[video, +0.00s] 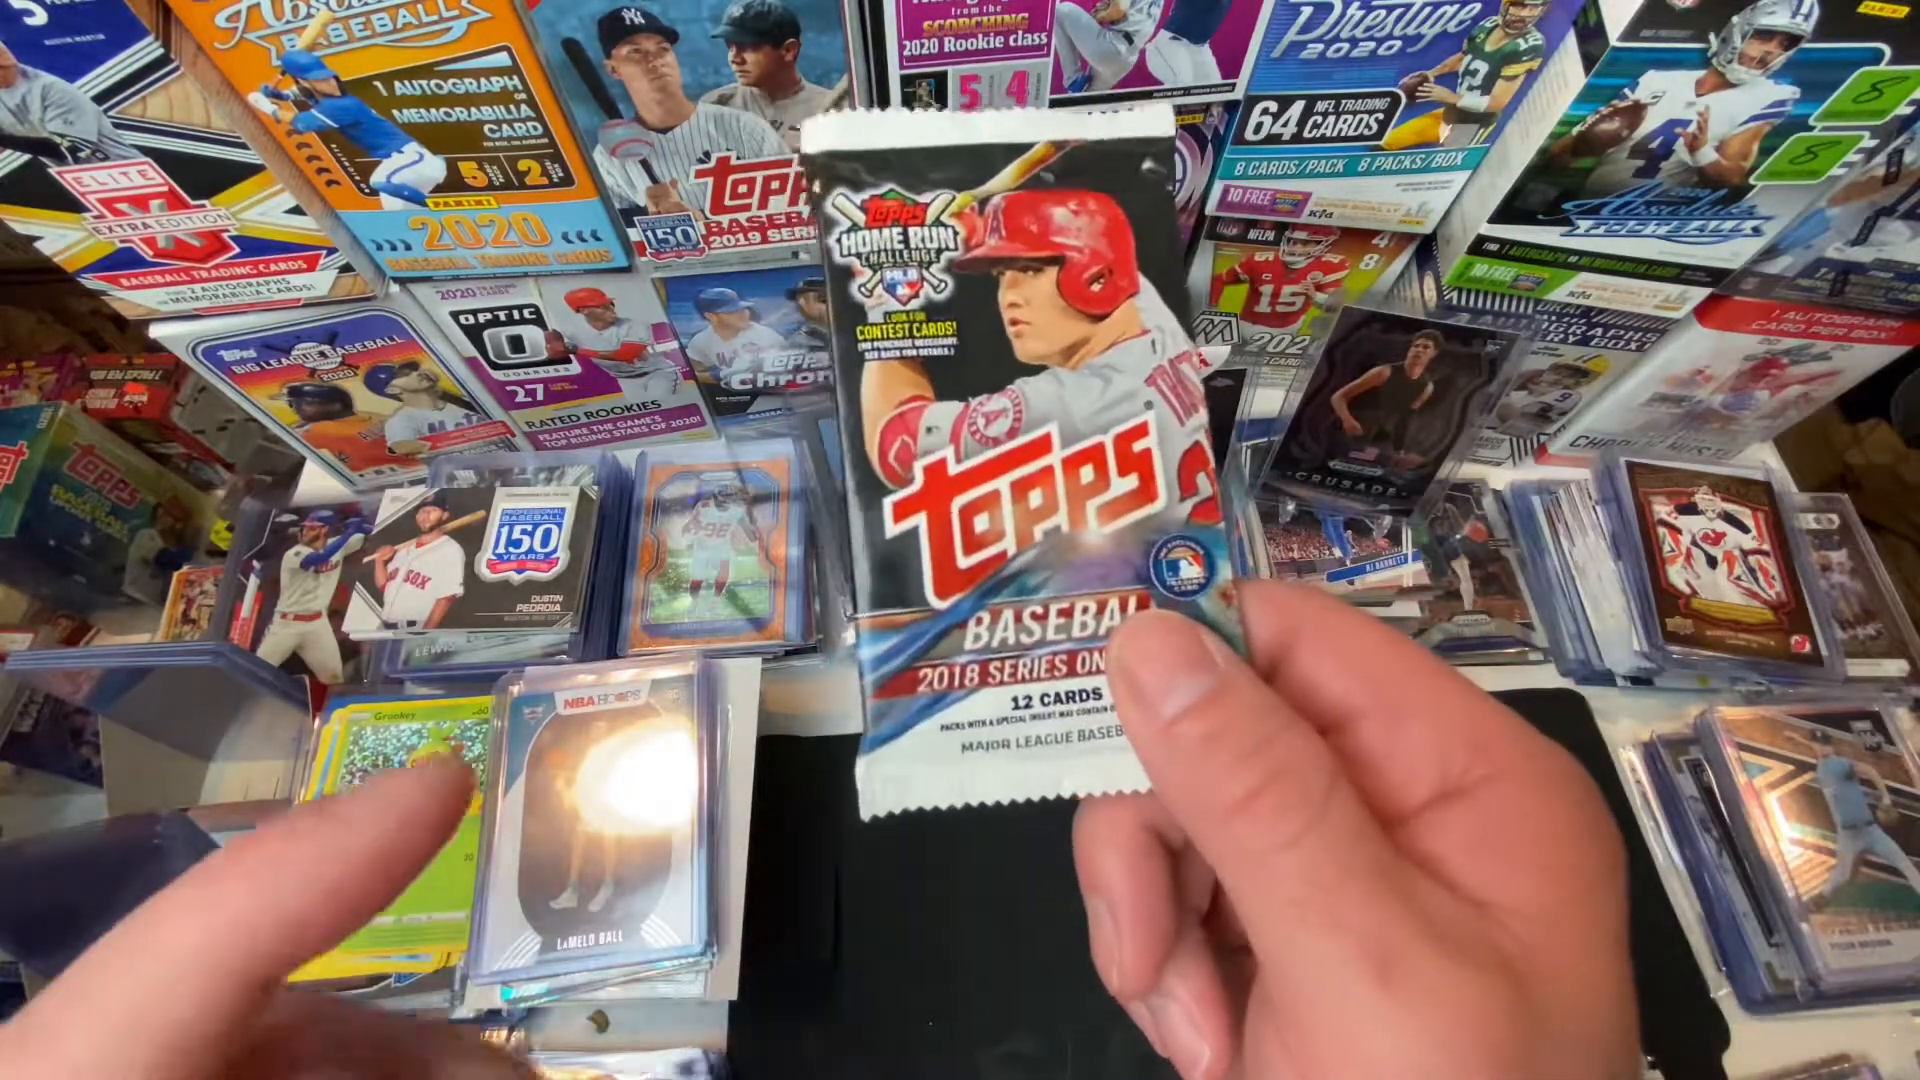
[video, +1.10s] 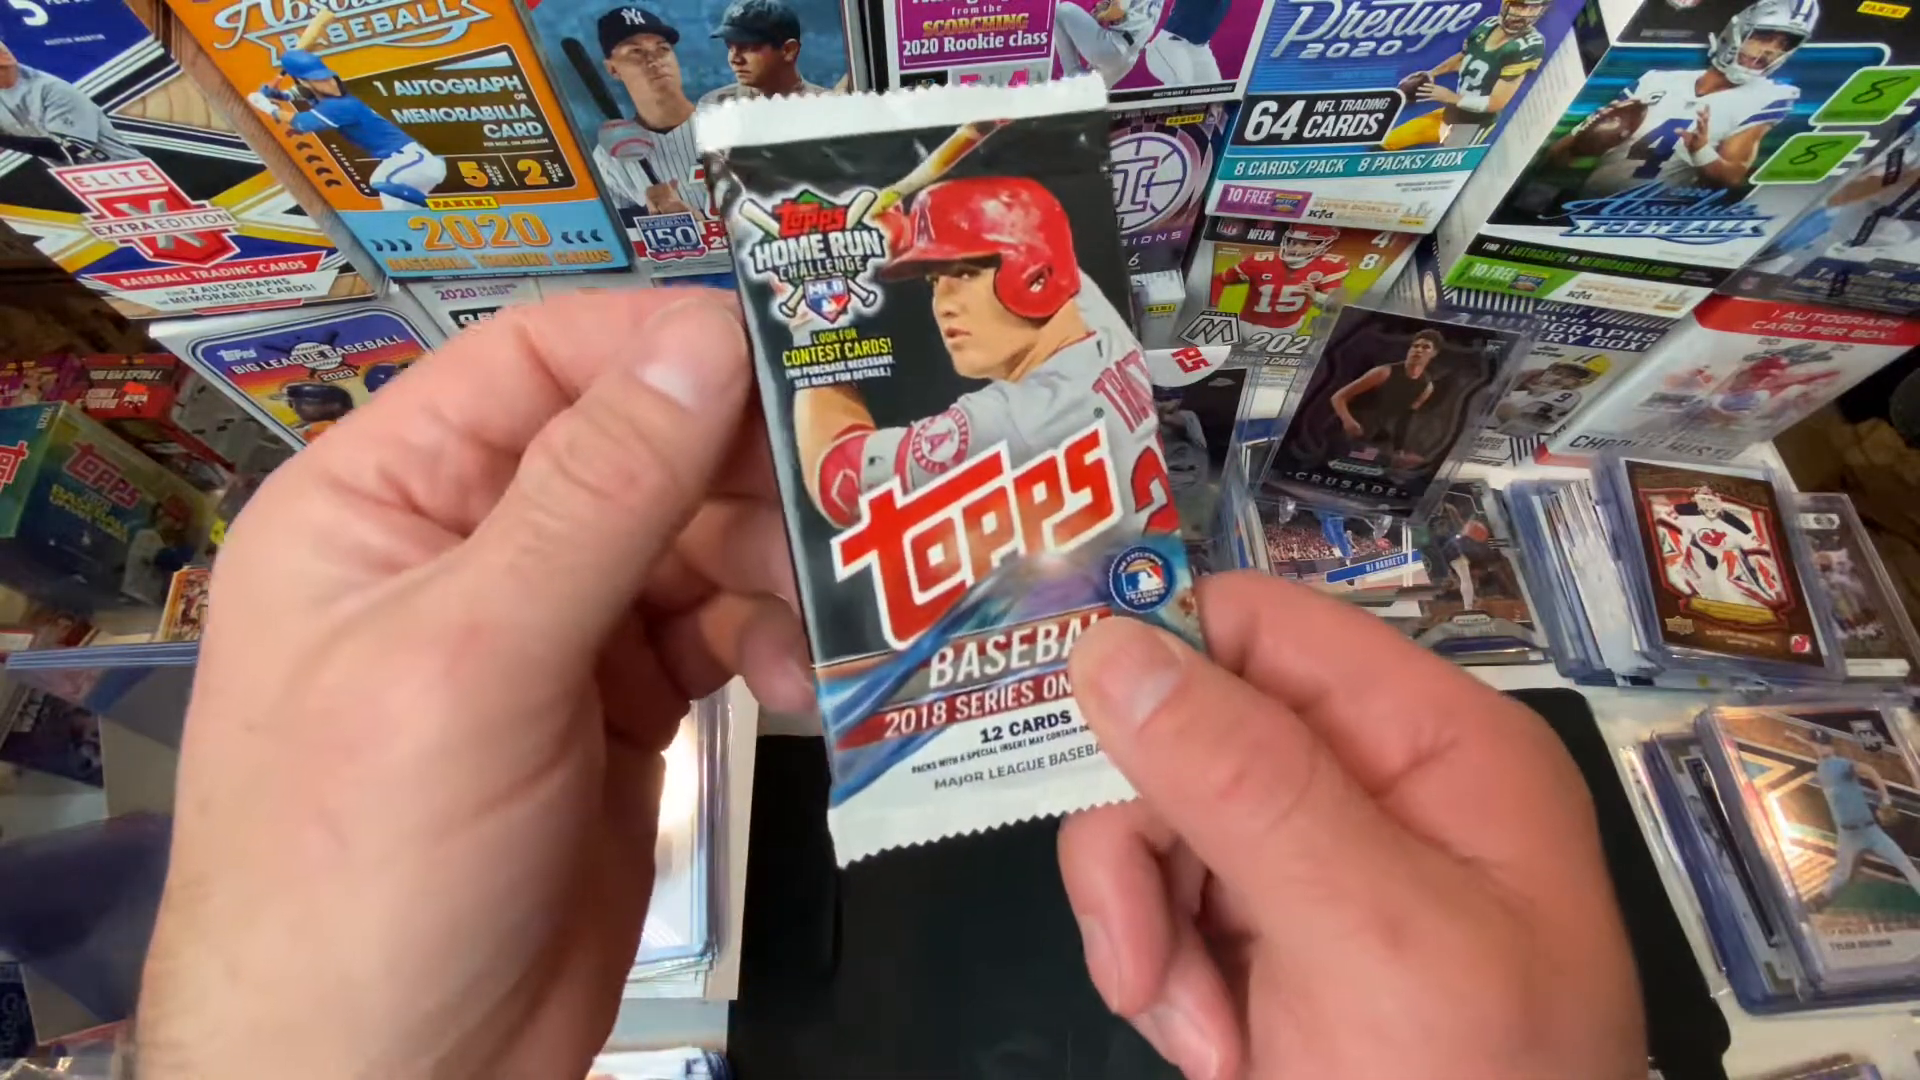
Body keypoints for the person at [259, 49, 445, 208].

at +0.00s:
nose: (331, 80)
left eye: (328, 75)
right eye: (323, 78)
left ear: (311, 83)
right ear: (306, 84)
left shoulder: (344, 105)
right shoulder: (330, 103)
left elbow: (301, 122)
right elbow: (300, 93)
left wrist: (271, 110)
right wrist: (275, 94)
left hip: (414, 158)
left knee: (381, 180)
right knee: (399, 218)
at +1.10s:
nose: (329, 79)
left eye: (326, 75)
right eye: (321, 78)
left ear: (310, 84)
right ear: (306, 83)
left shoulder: (343, 107)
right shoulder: (333, 100)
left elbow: (300, 123)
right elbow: (302, 92)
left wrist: (271, 109)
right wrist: (276, 94)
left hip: (414, 159)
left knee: (380, 179)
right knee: (399, 222)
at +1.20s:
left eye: (301, 82)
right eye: (320, 78)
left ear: (309, 83)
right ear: (309, 82)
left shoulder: (343, 106)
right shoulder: (332, 101)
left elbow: (300, 123)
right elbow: (303, 92)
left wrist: (271, 109)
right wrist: (277, 94)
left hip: (414, 158)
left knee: (380, 180)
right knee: (398, 223)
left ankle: (433, 213)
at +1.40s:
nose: (299, 87)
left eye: (300, 82)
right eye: (299, 83)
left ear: (310, 83)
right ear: (323, 78)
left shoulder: (342, 107)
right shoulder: (333, 99)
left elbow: (299, 122)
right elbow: (304, 90)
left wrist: (270, 109)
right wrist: (279, 94)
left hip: (414, 158)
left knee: (380, 180)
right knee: (396, 222)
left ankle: (431, 210)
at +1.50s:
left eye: (302, 82)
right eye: (321, 77)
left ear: (308, 83)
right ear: (307, 82)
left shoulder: (341, 106)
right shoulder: (332, 103)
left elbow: (300, 122)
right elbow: (300, 94)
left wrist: (271, 109)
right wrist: (276, 94)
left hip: (414, 158)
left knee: (380, 179)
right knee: (398, 218)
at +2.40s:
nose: (329, 79)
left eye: (303, 82)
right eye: (321, 77)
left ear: (308, 83)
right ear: (307, 84)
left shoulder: (343, 106)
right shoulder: (331, 102)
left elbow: (299, 122)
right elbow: (301, 92)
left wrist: (270, 109)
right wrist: (276, 95)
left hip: (415, 158)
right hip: (405, 167)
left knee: (381, 180)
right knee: (398, 221)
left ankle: (435, 212)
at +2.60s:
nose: (303, 88)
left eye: (303, 83)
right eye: (304, 83)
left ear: (311, 83)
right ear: (319, 80)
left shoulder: (341, 106)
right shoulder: (332, 100)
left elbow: (299, 122)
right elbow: (300, 93)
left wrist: (270, 108)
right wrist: (275, 93)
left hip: (415, 158)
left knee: (380, 180)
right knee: (397, 219)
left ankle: (430, 213)